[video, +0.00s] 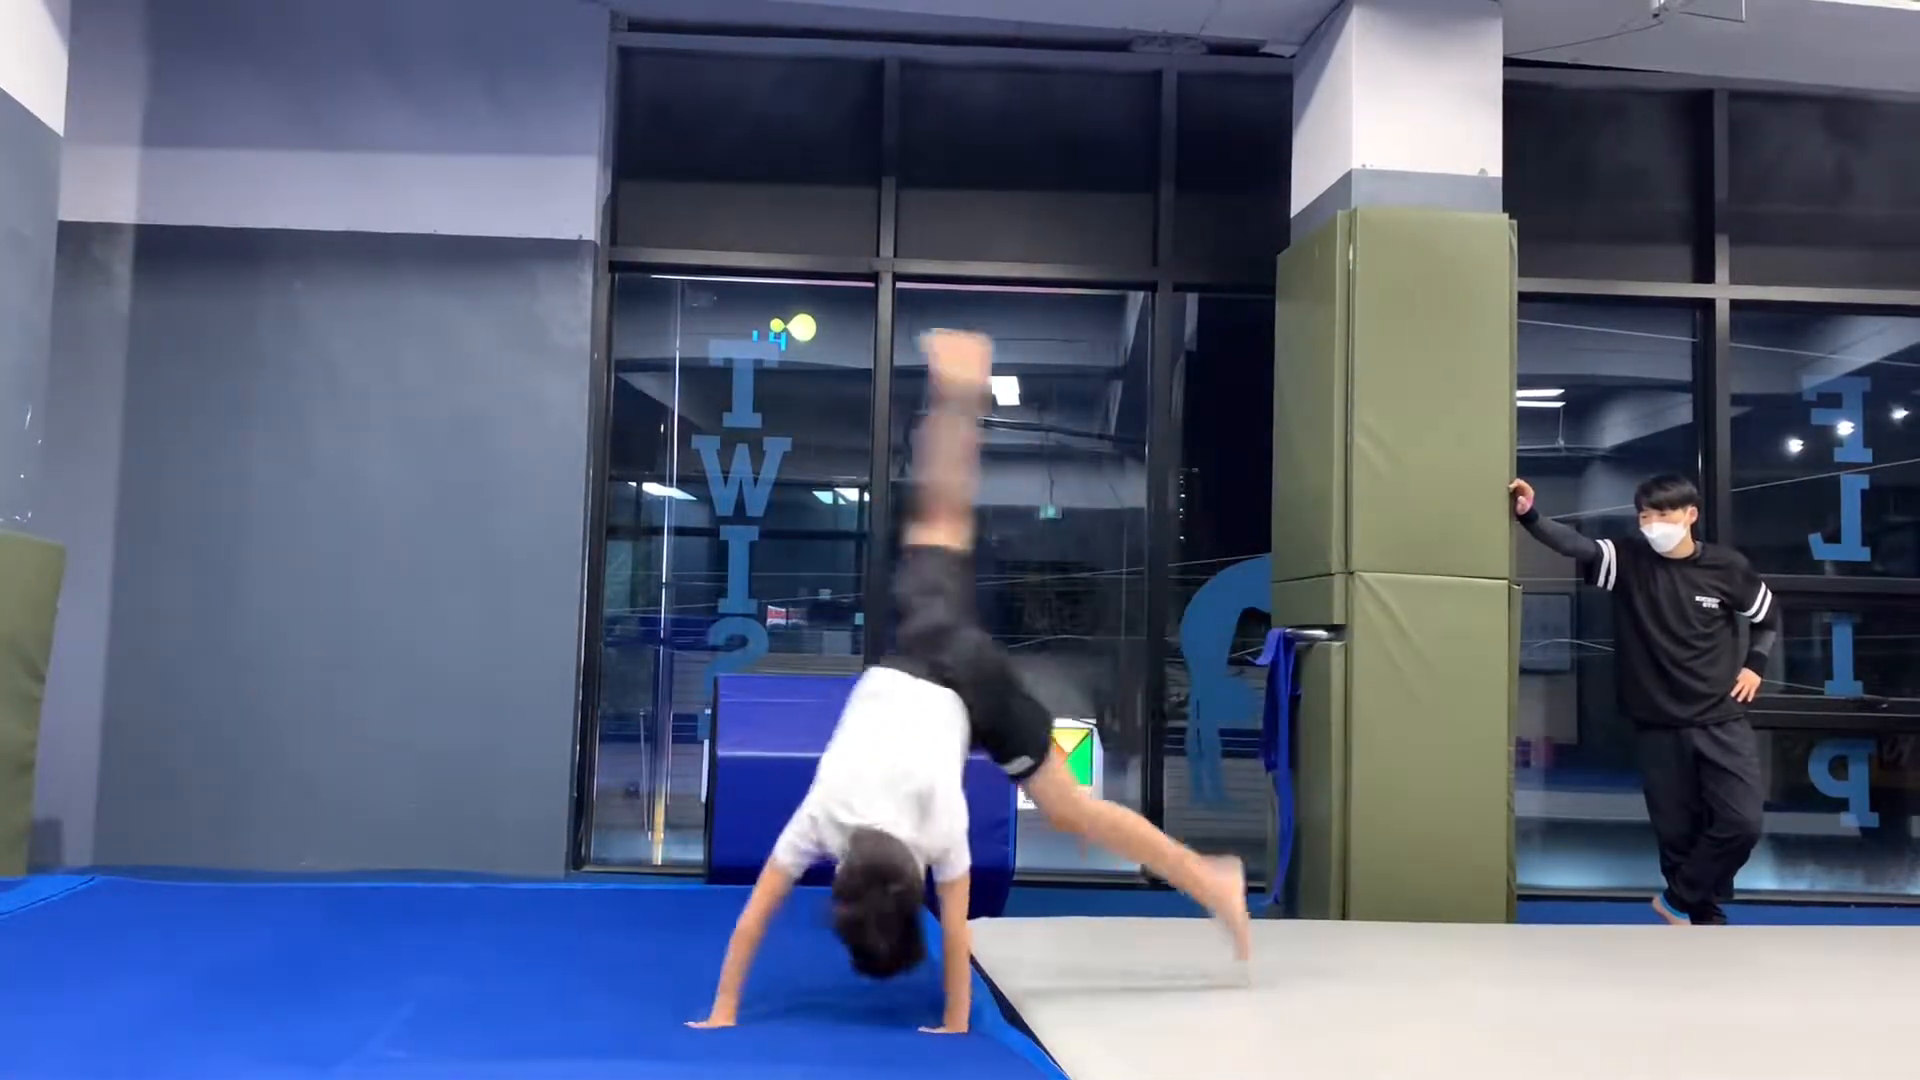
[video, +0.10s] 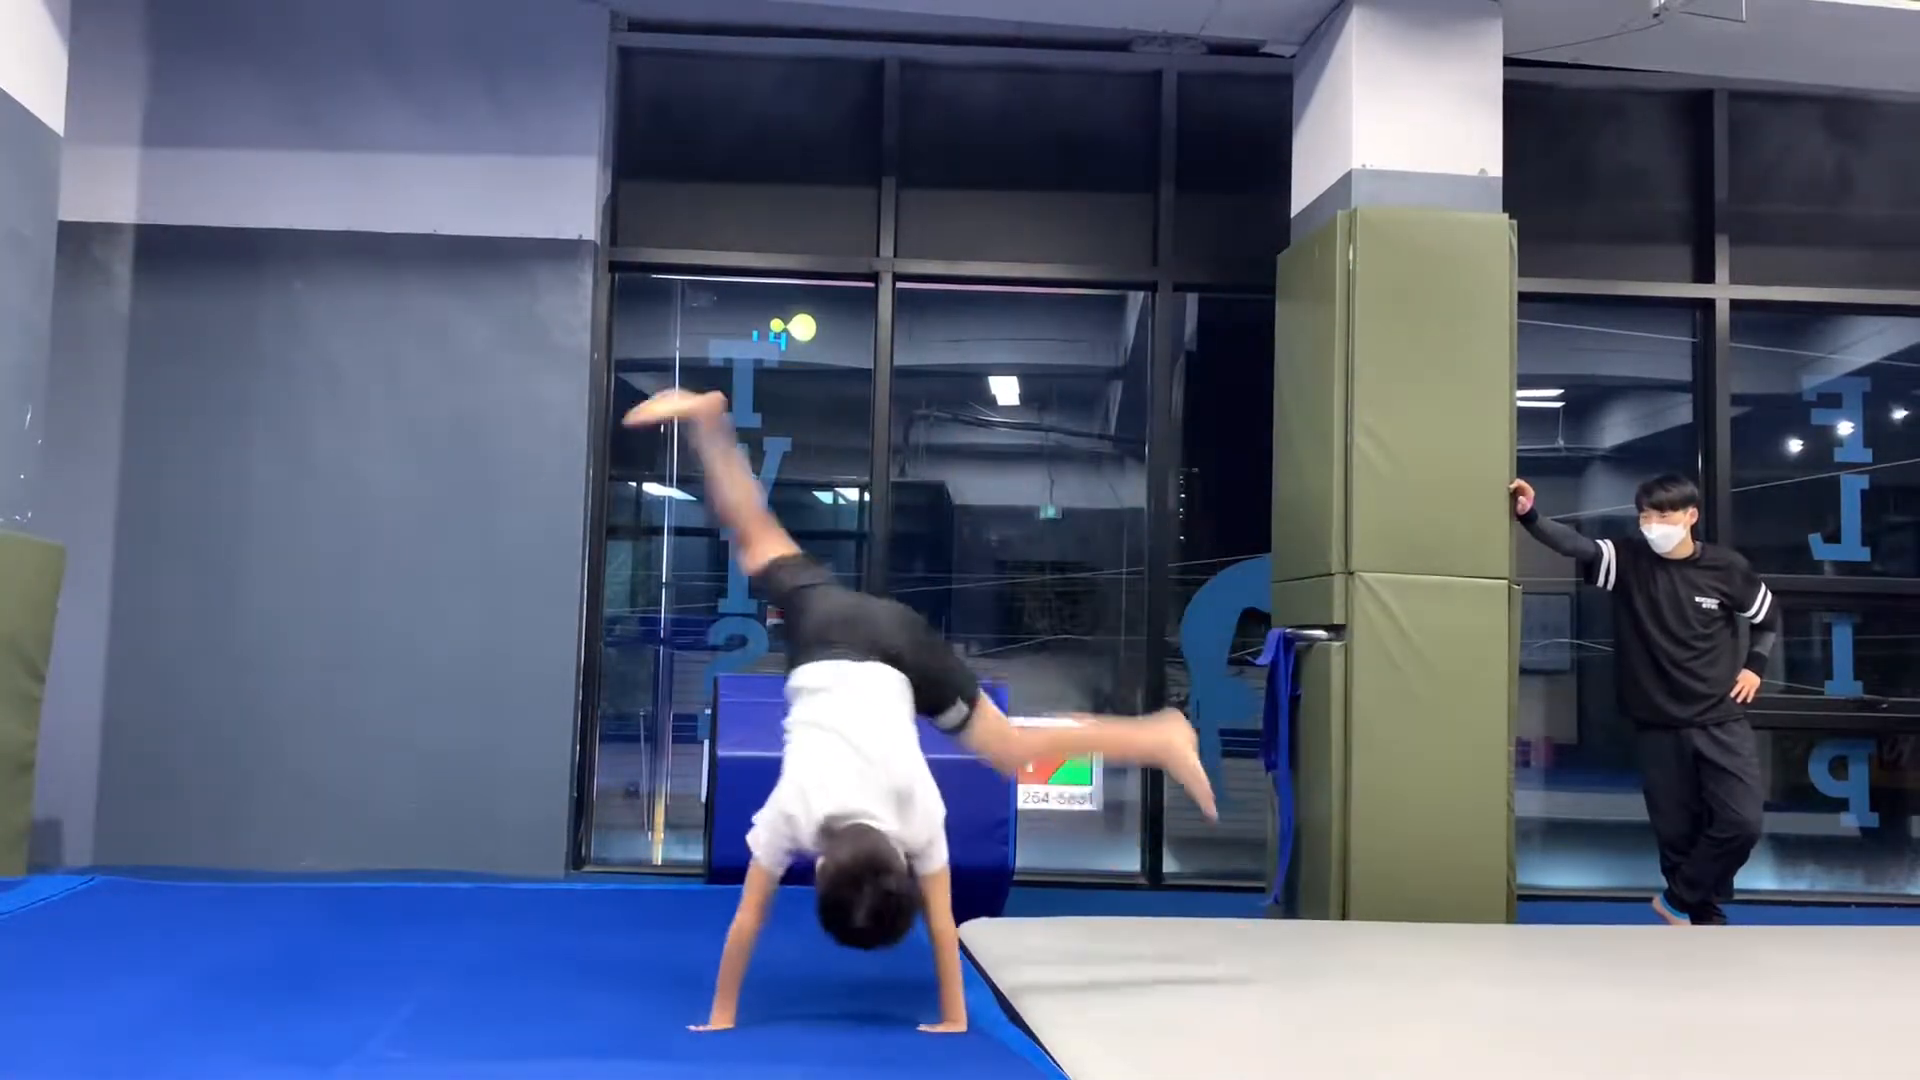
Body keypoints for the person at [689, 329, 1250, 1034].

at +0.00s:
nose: (890, 949)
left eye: (896, 941)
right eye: (872, 947)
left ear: (908, 899)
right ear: (840, 897)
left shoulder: (941, 830)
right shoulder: (816, 820)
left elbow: (955, 930)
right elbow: (758, 912)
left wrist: (956, 1022)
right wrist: (723, 1011)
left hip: (973, 680)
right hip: (911, 654)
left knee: (1071, 808)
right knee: (938, 511)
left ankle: (1208, 879)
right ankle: (958, 391)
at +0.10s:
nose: (875, 937)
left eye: (885, 928)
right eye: (859, 935)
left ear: (904, 887)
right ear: (824, 884)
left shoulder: (924, 829)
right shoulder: (786, 825)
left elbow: (942, 926)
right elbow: (746, 921)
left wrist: (955, 1019)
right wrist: (721, 1015)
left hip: (904, 641)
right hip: (822, 623)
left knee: (1016, 750)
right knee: (751, 530)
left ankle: (1162, 736)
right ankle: (705, 415)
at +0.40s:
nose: (787, 872)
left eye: (800, 862)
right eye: (778, 867)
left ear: (818, 821)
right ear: (744, 841)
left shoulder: (798, 752)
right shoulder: (686, 819)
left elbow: (875, 829)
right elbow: (700, 922)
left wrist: (952, 908)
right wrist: (718, 1026)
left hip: (643, 645)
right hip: (585, 693)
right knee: (595, 883)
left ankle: (581, 587)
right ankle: (457, 943)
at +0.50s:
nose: (781, 771)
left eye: (781, 758)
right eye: (769, 782)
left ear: (762, 734)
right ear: (733, 785)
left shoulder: (747, 704)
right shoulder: (670, 796)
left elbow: (842, 718)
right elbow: (690, 908)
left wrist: (948, 731)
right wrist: (713, 1009)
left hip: (555, 659)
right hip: (523, 718)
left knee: (463, 707)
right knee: (556, 875)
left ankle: (365, 724)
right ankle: (443, 965)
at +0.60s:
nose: (738, 710)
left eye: (738, 699)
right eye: (727, 715)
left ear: (711, 666)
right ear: (692, 721)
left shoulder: (695, 638)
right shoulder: (632, 743)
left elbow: (792, 608)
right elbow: (648, 867)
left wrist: (888, 568)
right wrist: (685, 974)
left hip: (470, 652)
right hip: (480, 699)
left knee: (382, 795)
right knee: (520, 859)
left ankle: (226, 863)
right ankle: (434, 969)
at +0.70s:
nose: (699, 645)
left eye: (698, 633)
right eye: (694, 642)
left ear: (661, 597)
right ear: (666, 644)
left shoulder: (647, 582)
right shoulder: (609, 677)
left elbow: (728, 524)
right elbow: (589, 807)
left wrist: (799, 459)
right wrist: (622, 925)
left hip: (400, 649)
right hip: (440, 681)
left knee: (341, 809)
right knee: (485, 831)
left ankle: (209, 926)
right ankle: (425, 967)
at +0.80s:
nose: (659, 595)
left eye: (666, 586)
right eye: (662, 584)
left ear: (624, 542)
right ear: (640, 574)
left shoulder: (580, 536)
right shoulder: (591, 619)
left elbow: (622, 491)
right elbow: (553, 739)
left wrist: (670, 445)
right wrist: (543, 872)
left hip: (360, 643)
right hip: (419, 669)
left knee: (306, 817)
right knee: (462, 826)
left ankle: (210, 964)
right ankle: (419, 965)